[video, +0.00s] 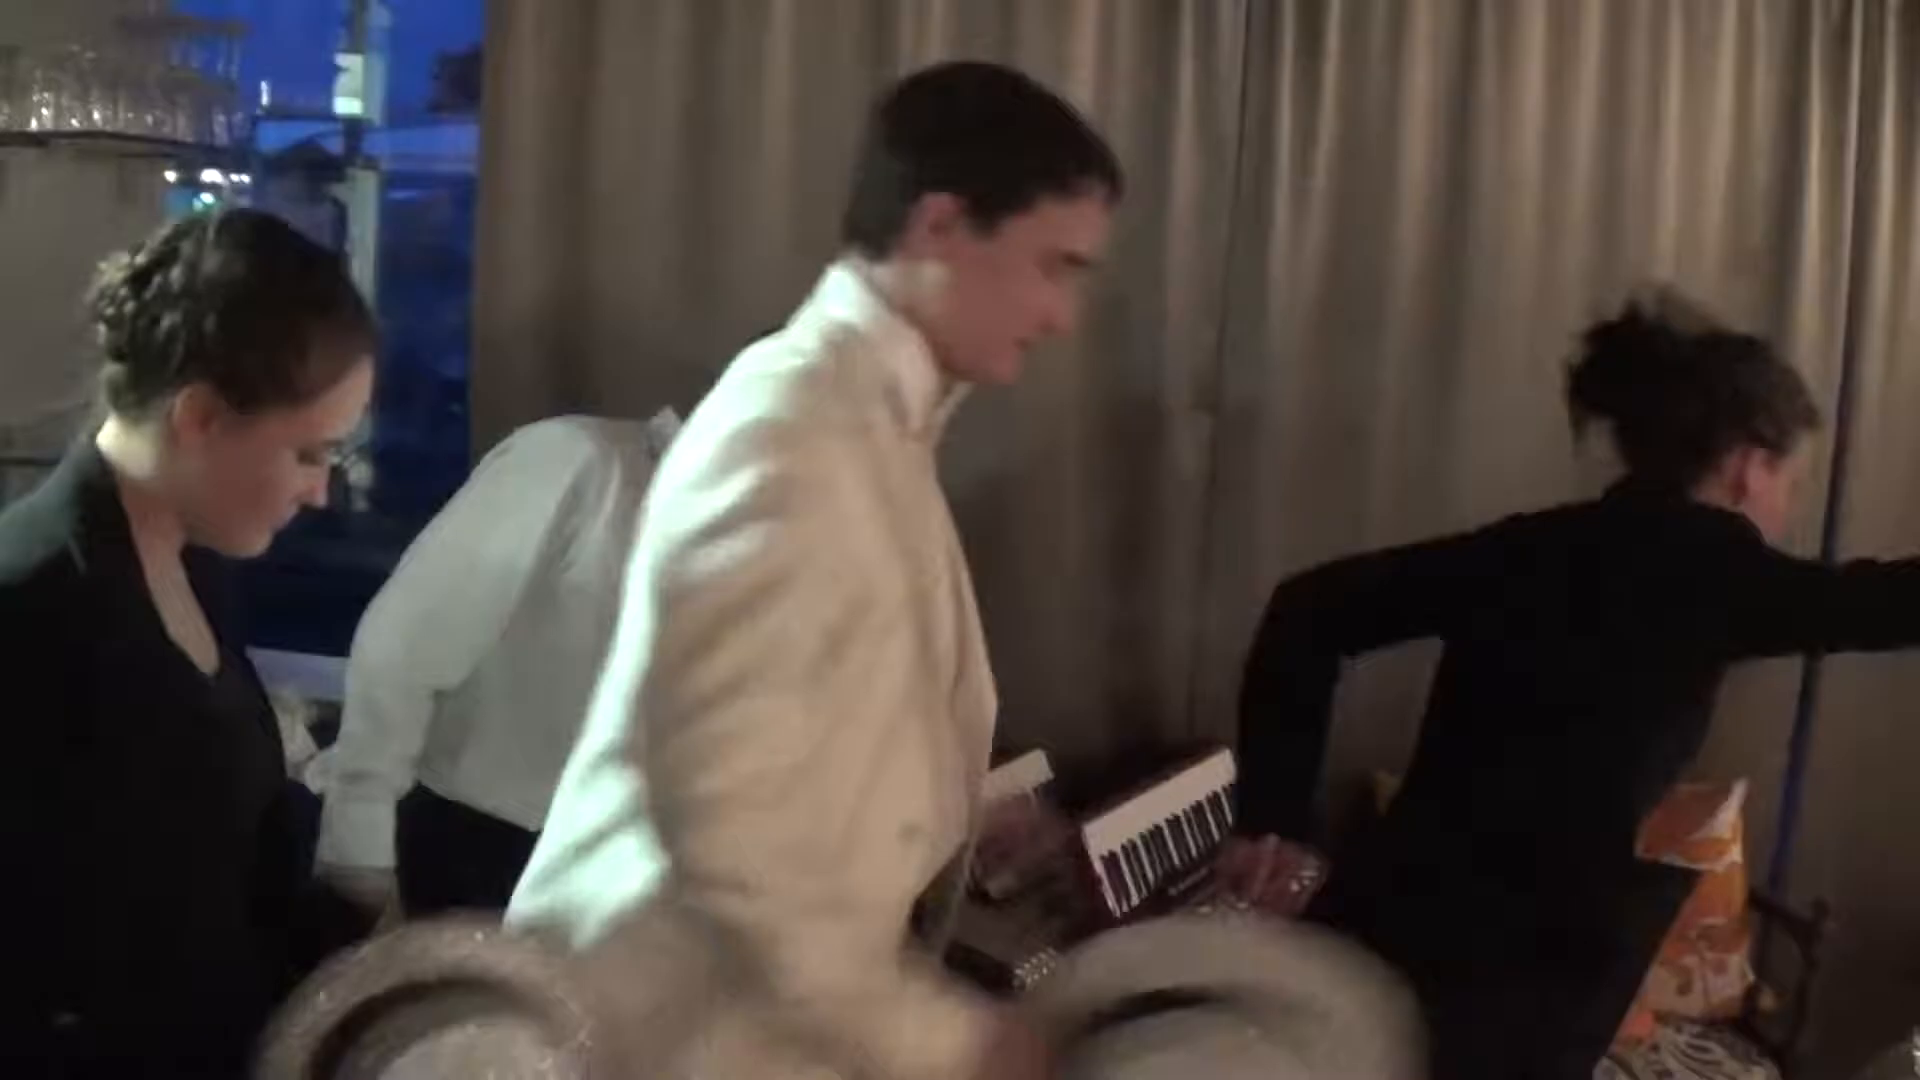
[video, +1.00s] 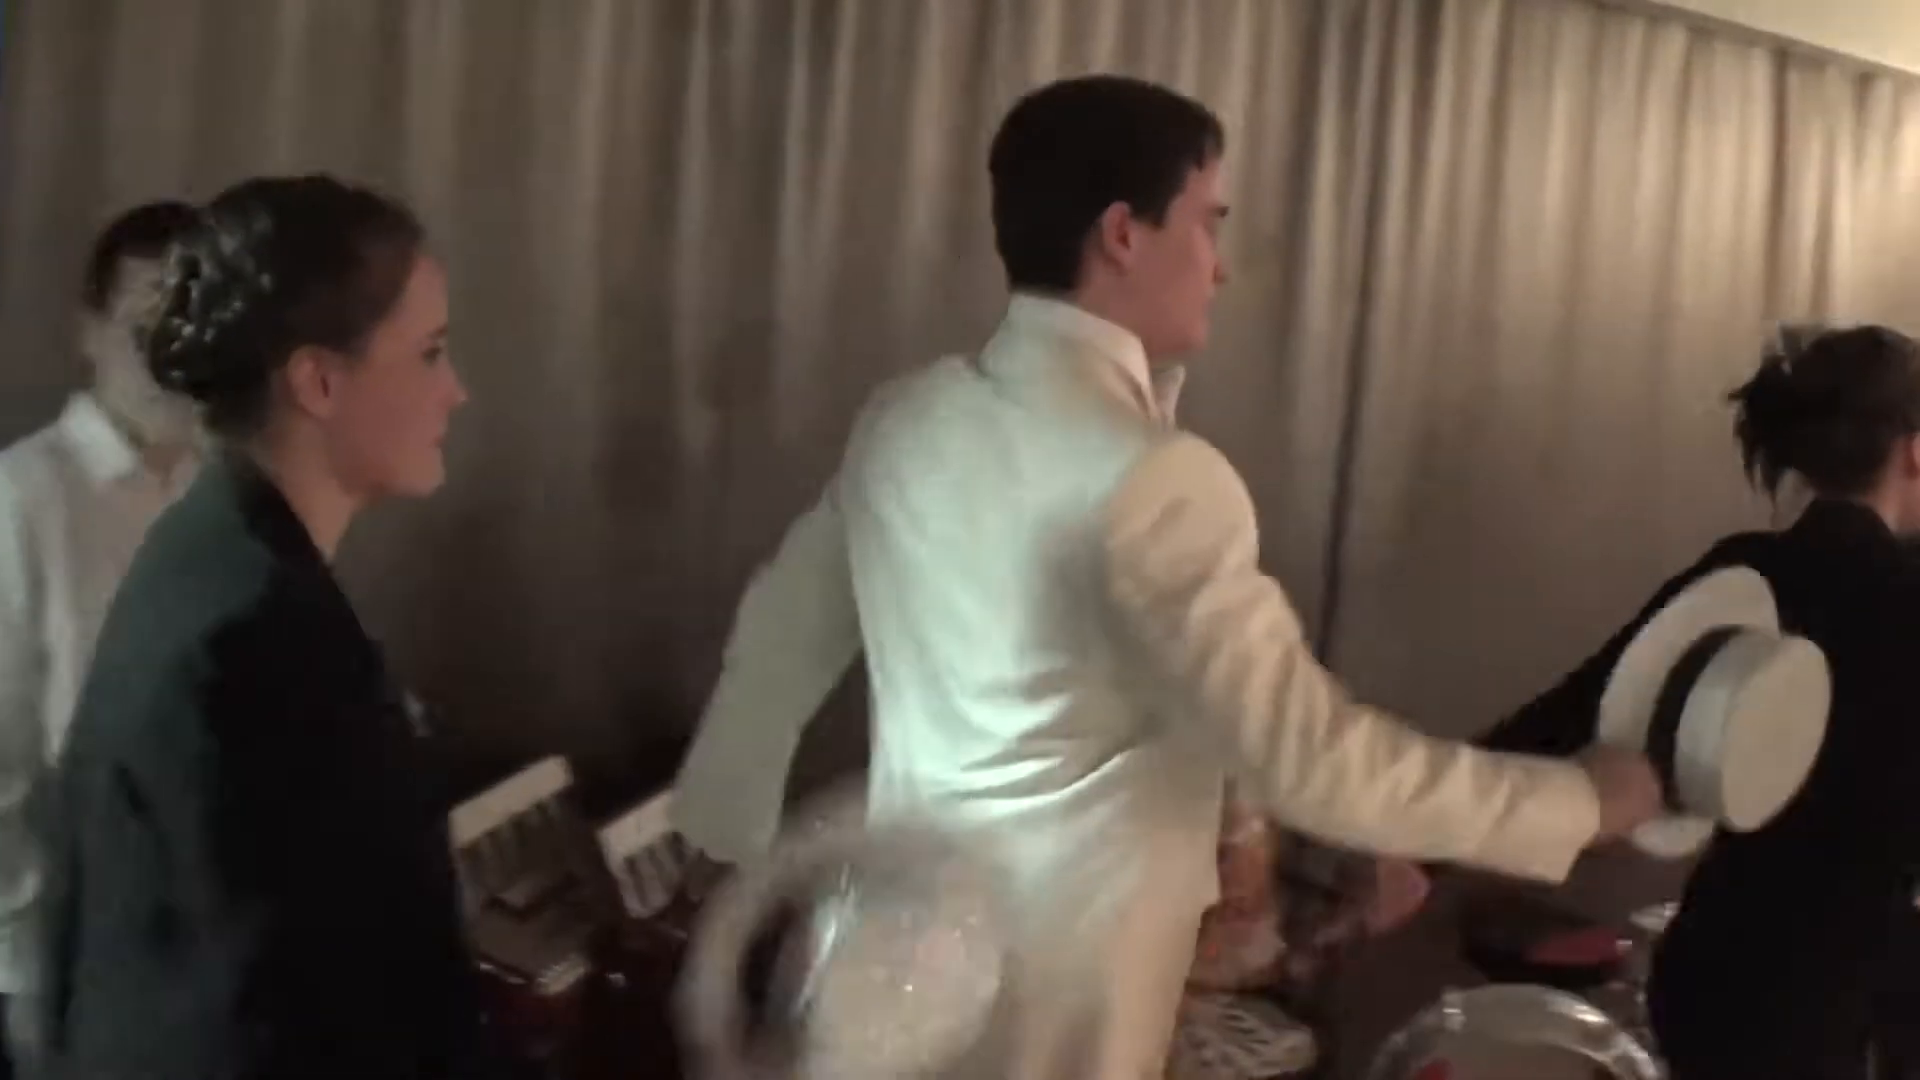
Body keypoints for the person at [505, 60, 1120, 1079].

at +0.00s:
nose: (1066, 317)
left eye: (1077, 276)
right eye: (1059, 267)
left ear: (936, 232)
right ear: (939, 227)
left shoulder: (869, 413)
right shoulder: (797, 421)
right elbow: (738, 808)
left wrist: (967, 829)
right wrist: (948, 1041)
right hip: (660, 1020)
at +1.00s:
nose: (1223, 258)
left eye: (1219, 223)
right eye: (1206, 222)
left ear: (1084, 240)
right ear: (1120, 237)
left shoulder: (899, 423)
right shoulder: (1148, 484)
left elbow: (784, 629)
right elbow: (1313, 762)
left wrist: (718, 821)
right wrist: (1578, 804)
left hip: (902, 927)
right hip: (1080, 974)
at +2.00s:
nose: (1311, 337)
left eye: (1316, 313)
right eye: (1308, 311)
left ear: (1172, 303)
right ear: (1256, 311)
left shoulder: (1034, 441)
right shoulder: (1307, 484)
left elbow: (904, 622)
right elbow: (1457, 659)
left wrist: (885, 795)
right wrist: (1569, 667)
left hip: (1030, 897)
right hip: (1203, 932)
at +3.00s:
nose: (1433, 366)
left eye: (1433, 344)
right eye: (1418, 341)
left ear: (1340, 341)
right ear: (1349, 340)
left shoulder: (1258, 406)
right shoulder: (1374, 448)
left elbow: (1167, 534)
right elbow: (1451, 593)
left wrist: (1166, 649)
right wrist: (1544, 624)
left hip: (1224, 765)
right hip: (1299, 792)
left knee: (1255, 1003)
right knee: (1280, 1016)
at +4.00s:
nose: (1198, 202)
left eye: (1202, 181)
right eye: (1181, 177)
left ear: (1125, 183)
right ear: (1105, 178)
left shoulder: (1148, 311)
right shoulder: (1025, 306)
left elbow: (1144, 500)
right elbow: (971, 476)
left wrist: (1250, 543)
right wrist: (1071, 520)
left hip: (1122, 672)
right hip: (1015, 674)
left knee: (1134, 915)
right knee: (980, 916)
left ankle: (1094, 1077)